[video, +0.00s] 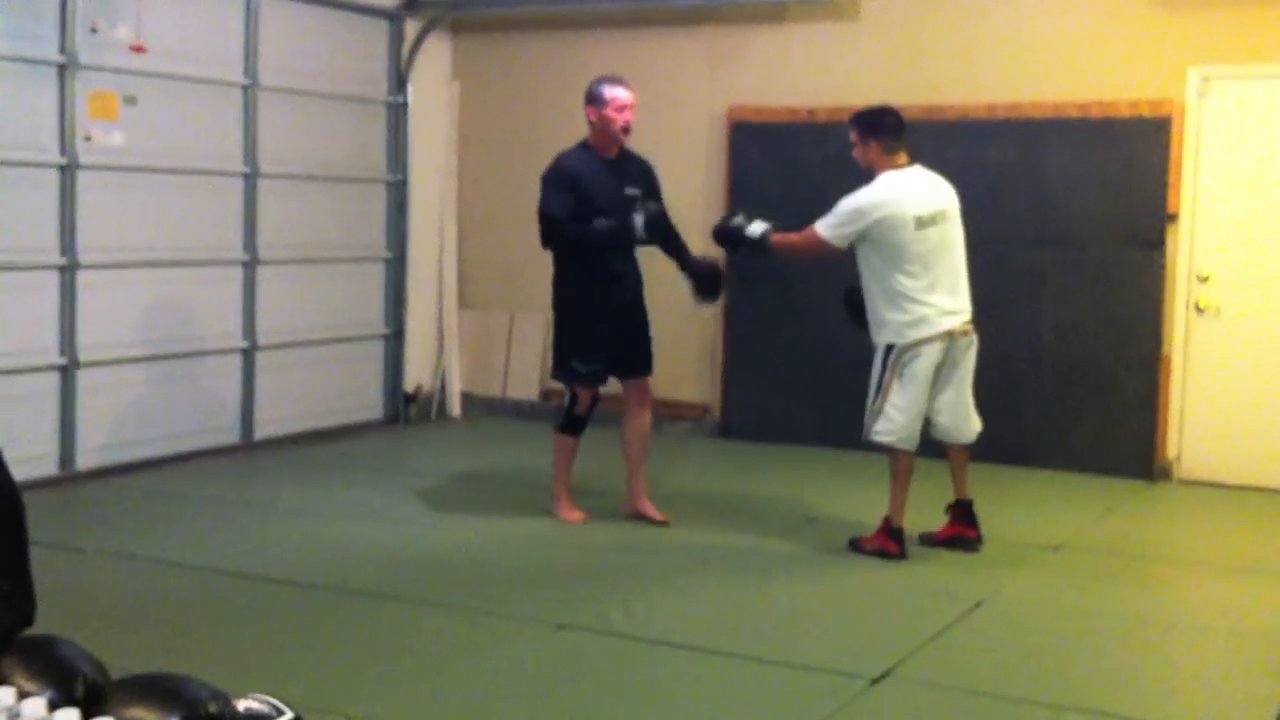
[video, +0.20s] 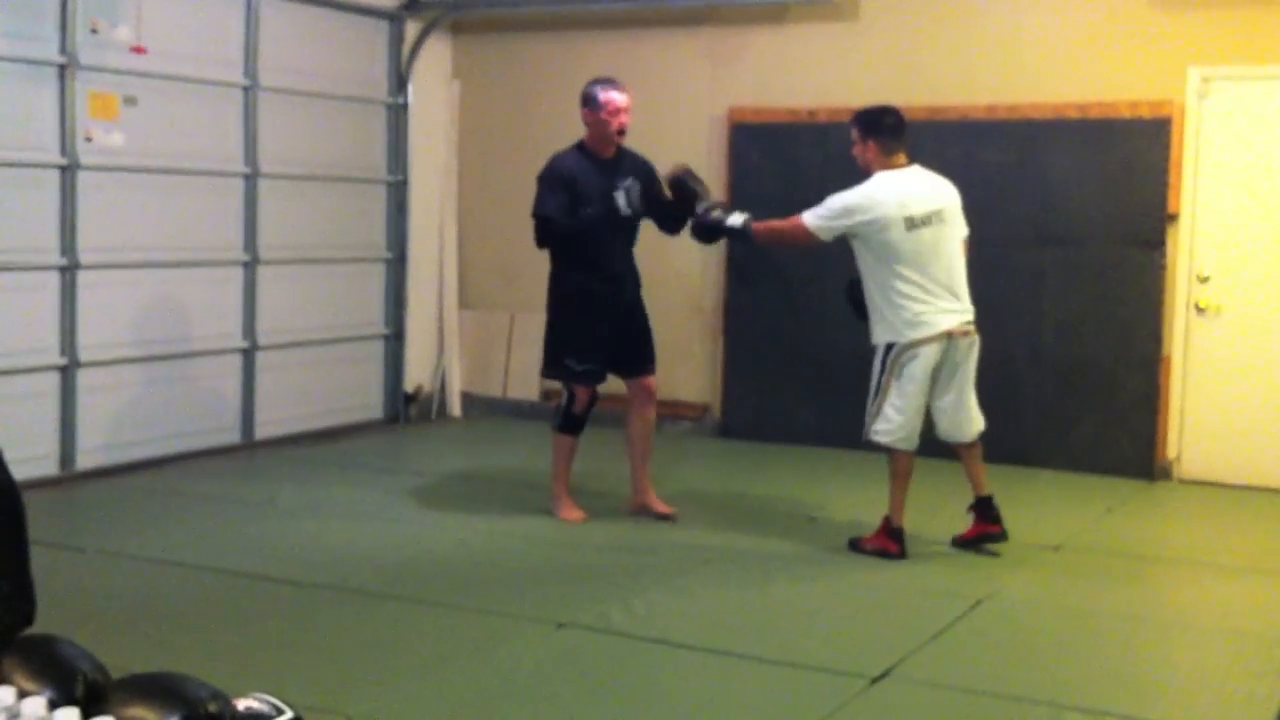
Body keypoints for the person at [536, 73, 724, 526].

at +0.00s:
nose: (629, 118)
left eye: (632, 109)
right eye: (620, 109)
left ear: (633, 113)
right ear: (592, 113)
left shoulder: (638, 169)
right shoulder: (566, 170)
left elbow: (659, 226)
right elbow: (552, 236)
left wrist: (691, 266)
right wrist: (617, 228)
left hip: (626, 296)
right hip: (580, 298)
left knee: (638, 392)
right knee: (584, 394)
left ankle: (637, 496)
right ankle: (561, 496)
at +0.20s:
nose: (624, 121)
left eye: (627, 112)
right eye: (615, 113)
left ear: (629, 114)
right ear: (588, 116)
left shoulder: (635, 168)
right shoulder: (562, 170)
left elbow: (669, 222)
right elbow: (545, 235)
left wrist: (684, 201)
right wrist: (601, 216)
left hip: (623, 295)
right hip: (576, 298)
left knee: (644, 389)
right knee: (580, 395)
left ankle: (642, 492)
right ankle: (560, 494)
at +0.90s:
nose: (680, 116)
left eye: (681, 108)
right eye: (669, 109)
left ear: (680, 114)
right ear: (643, 117)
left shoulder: (691, 170)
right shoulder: (616, 173)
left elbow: (721, 224)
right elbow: (591, 232)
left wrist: (738, 221)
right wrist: (649, 211)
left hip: (674, 298)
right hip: (626, 299)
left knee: (681, 397)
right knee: (619, 399)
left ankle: (690, 496)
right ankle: (571, 486)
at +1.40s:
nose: (700, 127)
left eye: (702, 119)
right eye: (693, 119)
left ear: (695, 122)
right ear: (666, 118)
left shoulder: (697, 168)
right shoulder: (640, 173)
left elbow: (705, 228)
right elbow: (656, 221)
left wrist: (740, 227)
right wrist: (701, 169)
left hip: (695, 298)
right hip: (650, 301)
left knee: (739, 382)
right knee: (652, 400)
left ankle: (733, 487)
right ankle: (621, 495)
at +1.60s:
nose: (721, 133)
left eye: (726, 124)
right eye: (714, 124)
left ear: (729, 126)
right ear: (690, 123)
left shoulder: (723, 173)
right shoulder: (665, 174)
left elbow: (758, 222)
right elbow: (680, 221)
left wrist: (786, 184)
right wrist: (719, 163)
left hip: (716, 302)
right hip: (671, 302)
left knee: (742, 400)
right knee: (662, 401)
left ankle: (775, 502)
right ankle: (622, 493)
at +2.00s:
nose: (777, 139)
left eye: (783, 130)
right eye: (771, 129)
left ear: (783, 127)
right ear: (749, 120)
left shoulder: (771, 168)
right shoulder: (717, 169)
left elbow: (797, 226)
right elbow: (744, 220)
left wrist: (832, 189)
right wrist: (777, 162)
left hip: (760, 291)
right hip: (720, 293)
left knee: (775, 396)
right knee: (728, 399)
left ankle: (780, 505)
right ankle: (681, 496)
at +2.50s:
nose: (809, 134)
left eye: (812, 125)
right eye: (801, 124)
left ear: (811, 125)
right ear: (774, 123)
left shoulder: (804, 169)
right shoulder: (752, 174)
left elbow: (826, 221)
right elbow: (786, 221)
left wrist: (877, 220)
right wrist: (818, 168)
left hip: (796, 298)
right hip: (754, 299)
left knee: (825, 392)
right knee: (748, 396)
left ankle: (814, 502)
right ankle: (682, 481)